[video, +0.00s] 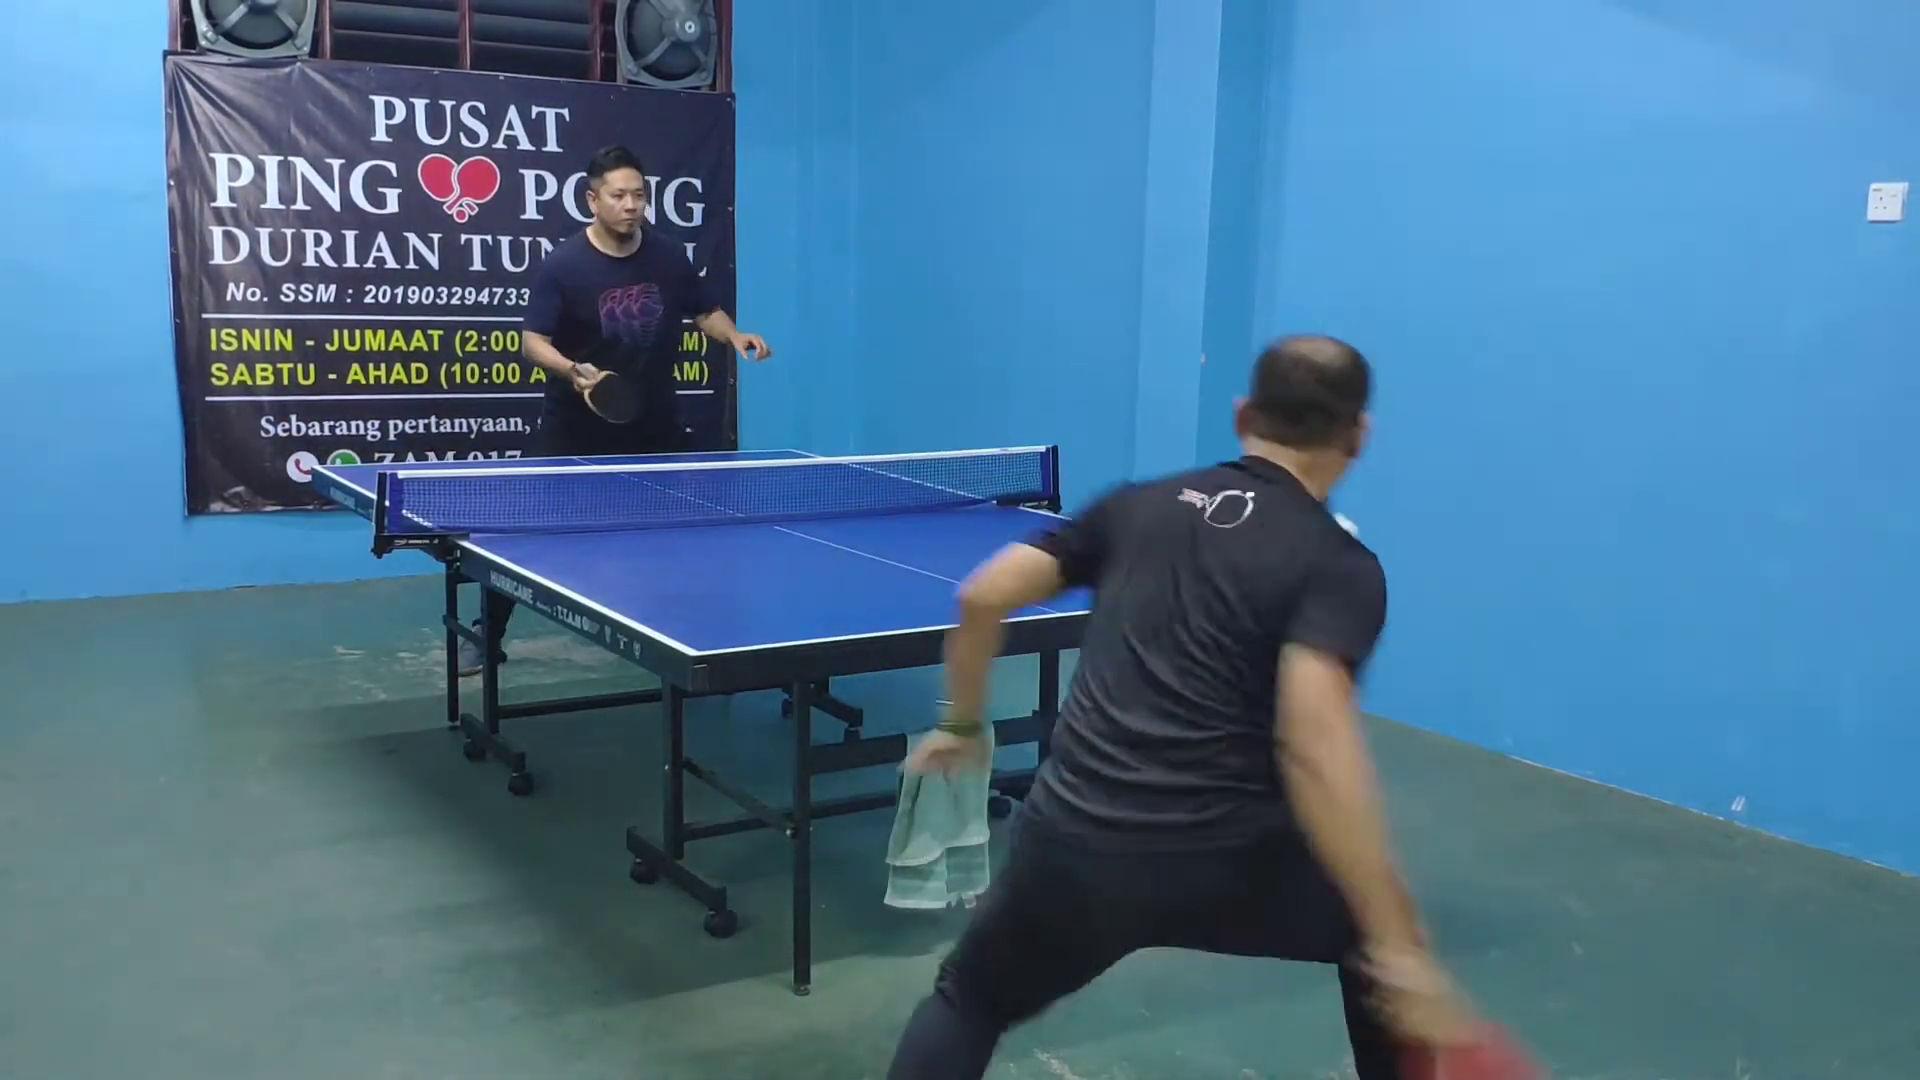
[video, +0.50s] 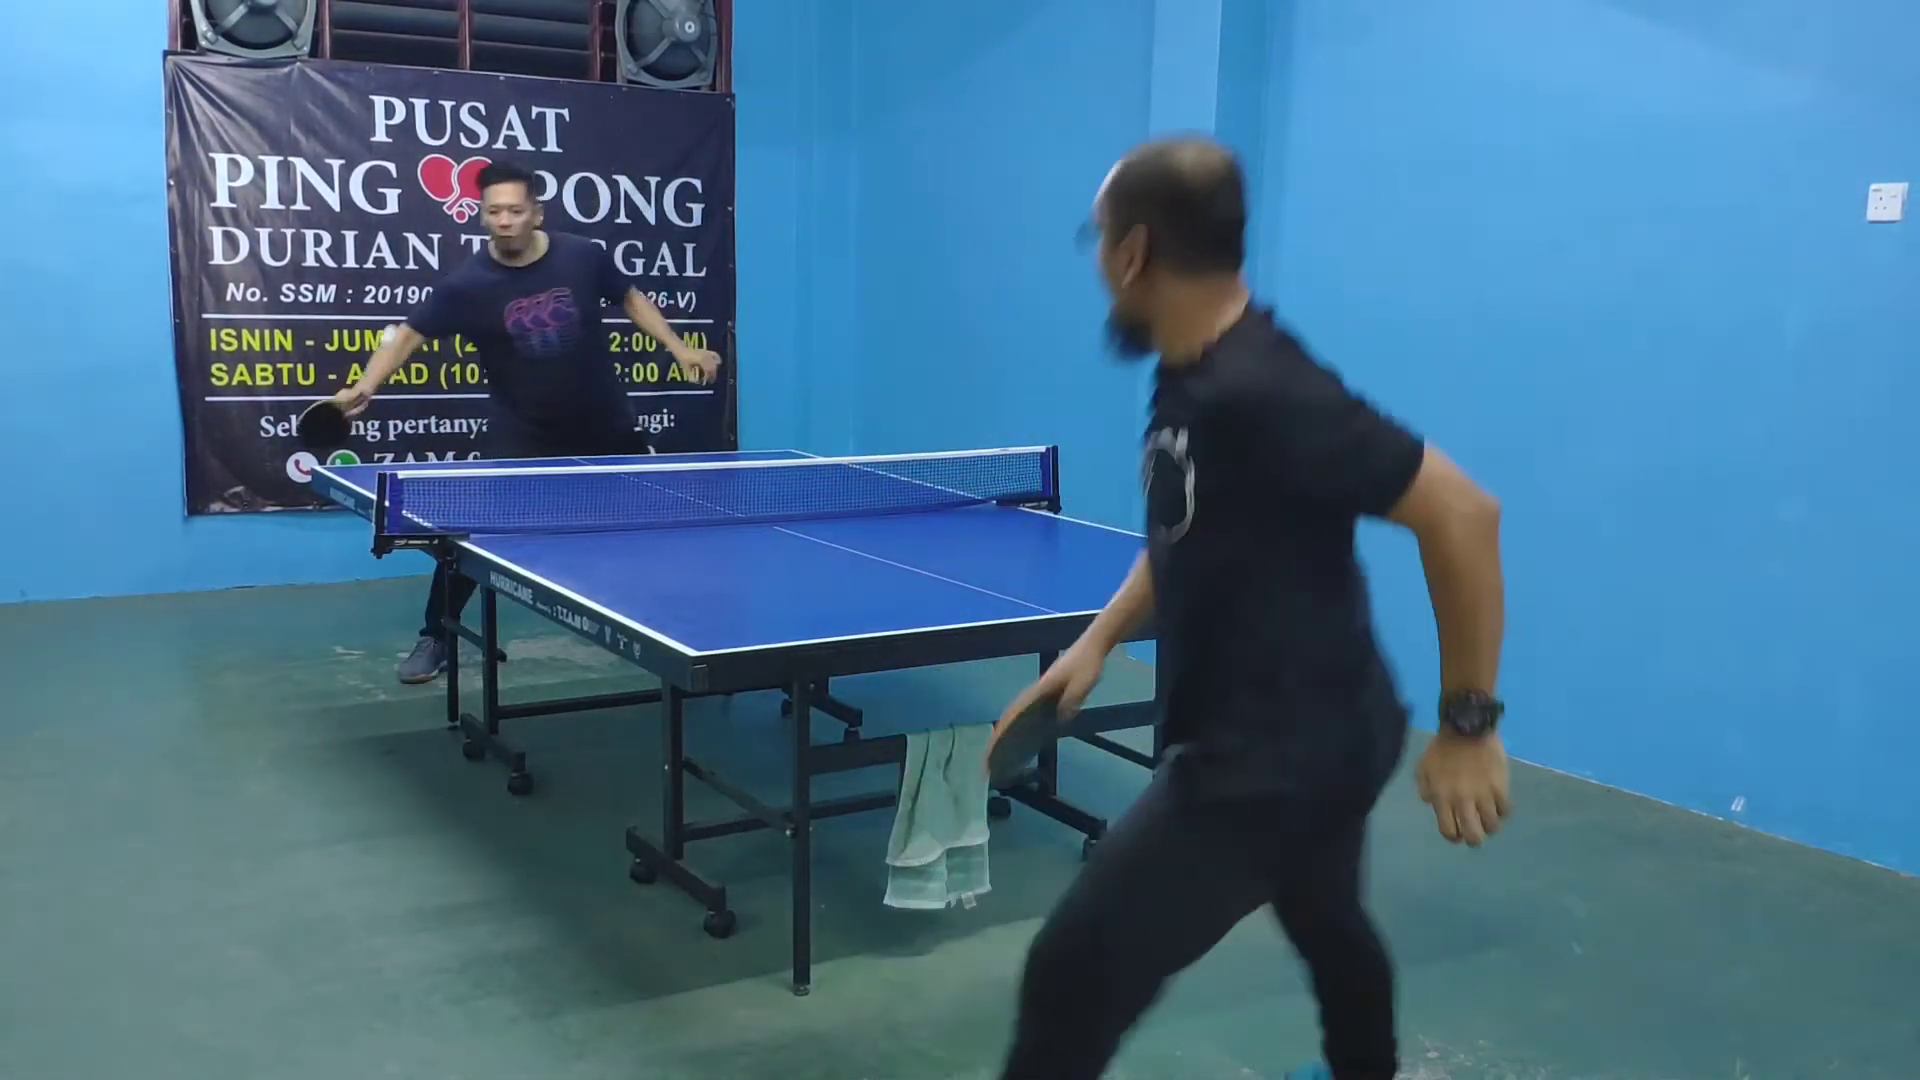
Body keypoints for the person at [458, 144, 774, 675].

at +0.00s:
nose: (631, 204)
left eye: (638, 194)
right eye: (619, 195)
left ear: (646, 198)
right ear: (592, 199)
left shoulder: (666, 254)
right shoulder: (563, 264)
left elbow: (703, 311)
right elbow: (533, 340)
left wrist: (735, 335)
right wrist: (570, 368)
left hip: (655, 422)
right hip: (575, 423)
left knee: (681, 520)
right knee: (527, 520)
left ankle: (692, 643)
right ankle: (489, 634)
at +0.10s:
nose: (621, 207)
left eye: (628, 197)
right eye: (609, 198)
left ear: (636, 201)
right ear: (582, 202)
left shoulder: (656, 259)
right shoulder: (554, 268)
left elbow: (694, 315)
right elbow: (521, 342)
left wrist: (723, 338)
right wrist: (561, 377)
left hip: (652, 427)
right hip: (572, 430)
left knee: (675, 527)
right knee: (526, 528)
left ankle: (690, 646)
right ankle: (488, 636)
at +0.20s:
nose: (610, 207)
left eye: (616, 197)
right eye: (597, 198)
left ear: (623, 201)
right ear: (572, 204)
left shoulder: (647, 260)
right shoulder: (545, 269)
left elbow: (688, 320)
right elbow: (508, 341)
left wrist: (715, 340)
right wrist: (549, 383)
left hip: (647, 427)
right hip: (566, 432)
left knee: (692, 516)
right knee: (522, 529)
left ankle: (702, 640)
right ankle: (485, 638)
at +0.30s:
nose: (593, 204)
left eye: (601, 194)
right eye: (581, 195)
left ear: (614, 200)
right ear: (560, 201)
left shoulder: (639, 257)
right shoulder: (535, 263)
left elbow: (677, 315)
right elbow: (486, 330)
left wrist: (711, 338)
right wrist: (512, 364)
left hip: (635, 424)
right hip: (559, 426)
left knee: (656, 526)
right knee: (516, 526)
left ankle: (673, 637)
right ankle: (478, 634)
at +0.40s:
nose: (555, 210)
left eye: (564, 200)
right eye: (545, 201)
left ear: (584, 204)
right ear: (532, 206)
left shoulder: (622, 255)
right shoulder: (512, 268)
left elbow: (667, 308)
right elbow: (453, 322)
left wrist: (710, 346)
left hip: (623, 417)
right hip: (546, 420)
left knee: (657, 519)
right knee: (494, 511)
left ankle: (681, 638)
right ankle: (455, 626)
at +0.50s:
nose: (505, 221)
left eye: (515, 210)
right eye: (495, 211)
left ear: (536, 210)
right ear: (483, 216)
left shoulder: (582, 257)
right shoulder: (467, 284)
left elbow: (630, 298)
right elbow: (408, 334)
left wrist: (681, 349)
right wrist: (365, 386)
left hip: (605, 427)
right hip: (521, 434)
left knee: (663, 522)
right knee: (471, 524)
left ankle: (695, 639)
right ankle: (436, 636)